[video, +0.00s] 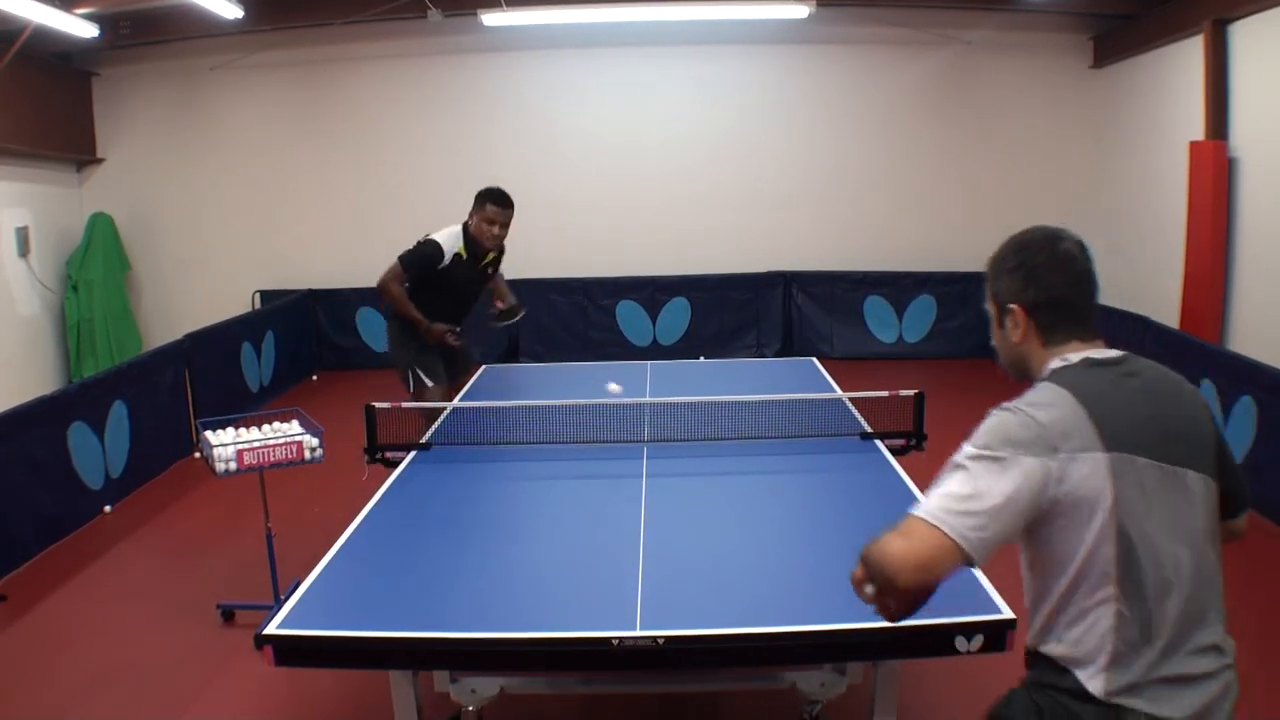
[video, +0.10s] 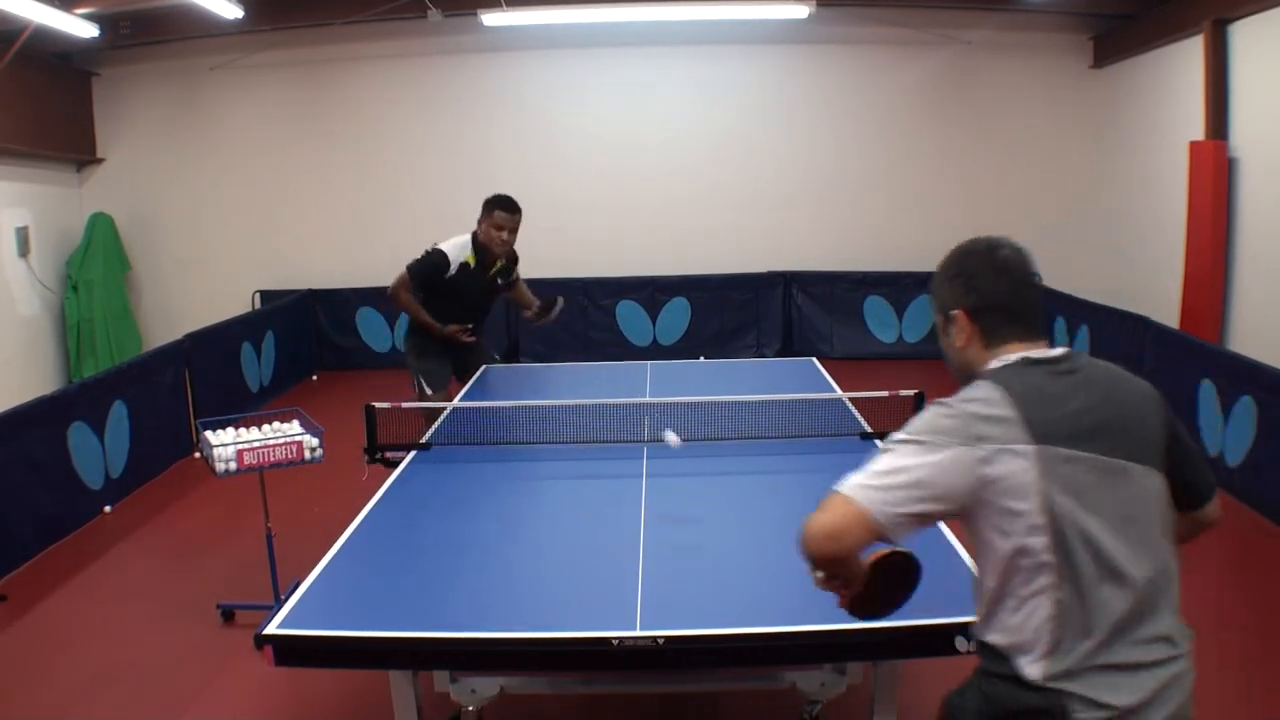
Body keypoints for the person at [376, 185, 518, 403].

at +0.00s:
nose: (496, 232)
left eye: (504, 226)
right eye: (489, 223)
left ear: (510, 226)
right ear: (472, 218)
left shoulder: (495, 250)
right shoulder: (438, 247)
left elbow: (491, 275)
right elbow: (388, 283)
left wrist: (507, 301)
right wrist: (426, 327)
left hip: (449, 331)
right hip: (411, 330)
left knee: (470, 391)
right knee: (436, 402)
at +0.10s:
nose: (505, 237)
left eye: (512, 231)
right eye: (498, 229)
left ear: (518, 232)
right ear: (480, 226)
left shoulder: (508, 259)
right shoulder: (448, 255)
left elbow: (513, 285)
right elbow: (399, 289)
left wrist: (534, 305)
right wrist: (440, 329)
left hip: (469, 339)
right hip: (428, 339)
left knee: (499, 393)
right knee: (440, 415)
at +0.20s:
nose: (520, 244)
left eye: (527, 238)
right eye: (513, 236)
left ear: (532, 240)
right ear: (495, 235)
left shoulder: (529, 270)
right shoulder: (463, 263)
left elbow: (536, 298)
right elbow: (414, 295)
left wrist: (561, 317)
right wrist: (453, 336)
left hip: (495, 352)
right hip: (451, 351)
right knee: (452, 417)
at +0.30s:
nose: (540, 233)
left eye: (547, 227)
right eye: (533, 225)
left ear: (553, 229)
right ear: (516, 223)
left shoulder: (552, 259)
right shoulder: (485, 254)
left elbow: (557, 293)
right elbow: (438, 288)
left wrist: (579, 315)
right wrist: (477, 324)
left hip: (527, 347)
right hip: (481, 349)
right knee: (484, 422)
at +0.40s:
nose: (559, 223)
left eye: (566, 217)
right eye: (552, 215)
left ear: (572, 219)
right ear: (536, 212)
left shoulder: (565, 250)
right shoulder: (503, 246)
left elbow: (571, 289)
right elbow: (463, 282)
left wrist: (601, 319)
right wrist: (506, 312)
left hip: (544, 334)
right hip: (500, 336)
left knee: (582, 375)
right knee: (499, 401)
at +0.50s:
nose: (582, 229)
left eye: (588, 224)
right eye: (575, 221)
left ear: (592, 227)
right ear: (558, 219)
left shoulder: (579, 261)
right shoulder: (525, 251)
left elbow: (580, 302)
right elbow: (493, 295)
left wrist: (617, 330)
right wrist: (541, 318)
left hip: (552, 337)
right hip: (512, 338)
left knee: (589, 370)